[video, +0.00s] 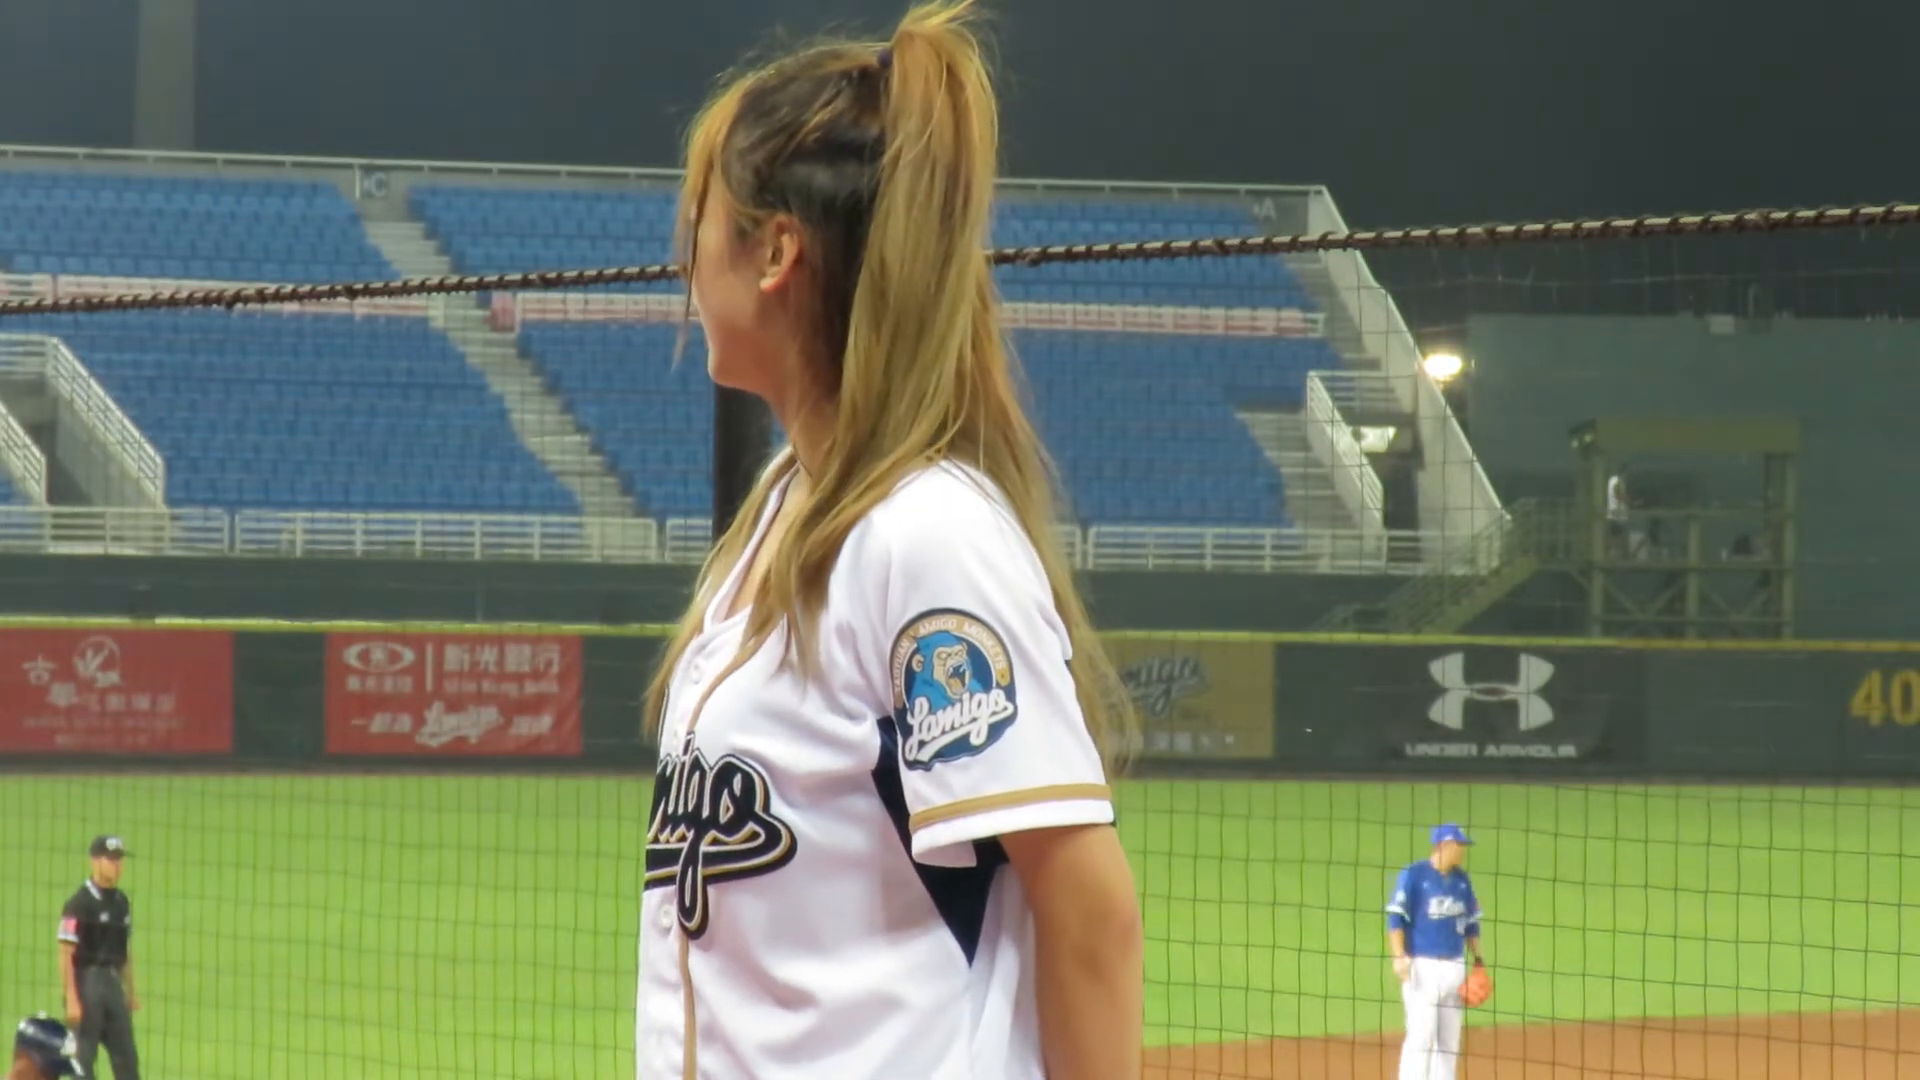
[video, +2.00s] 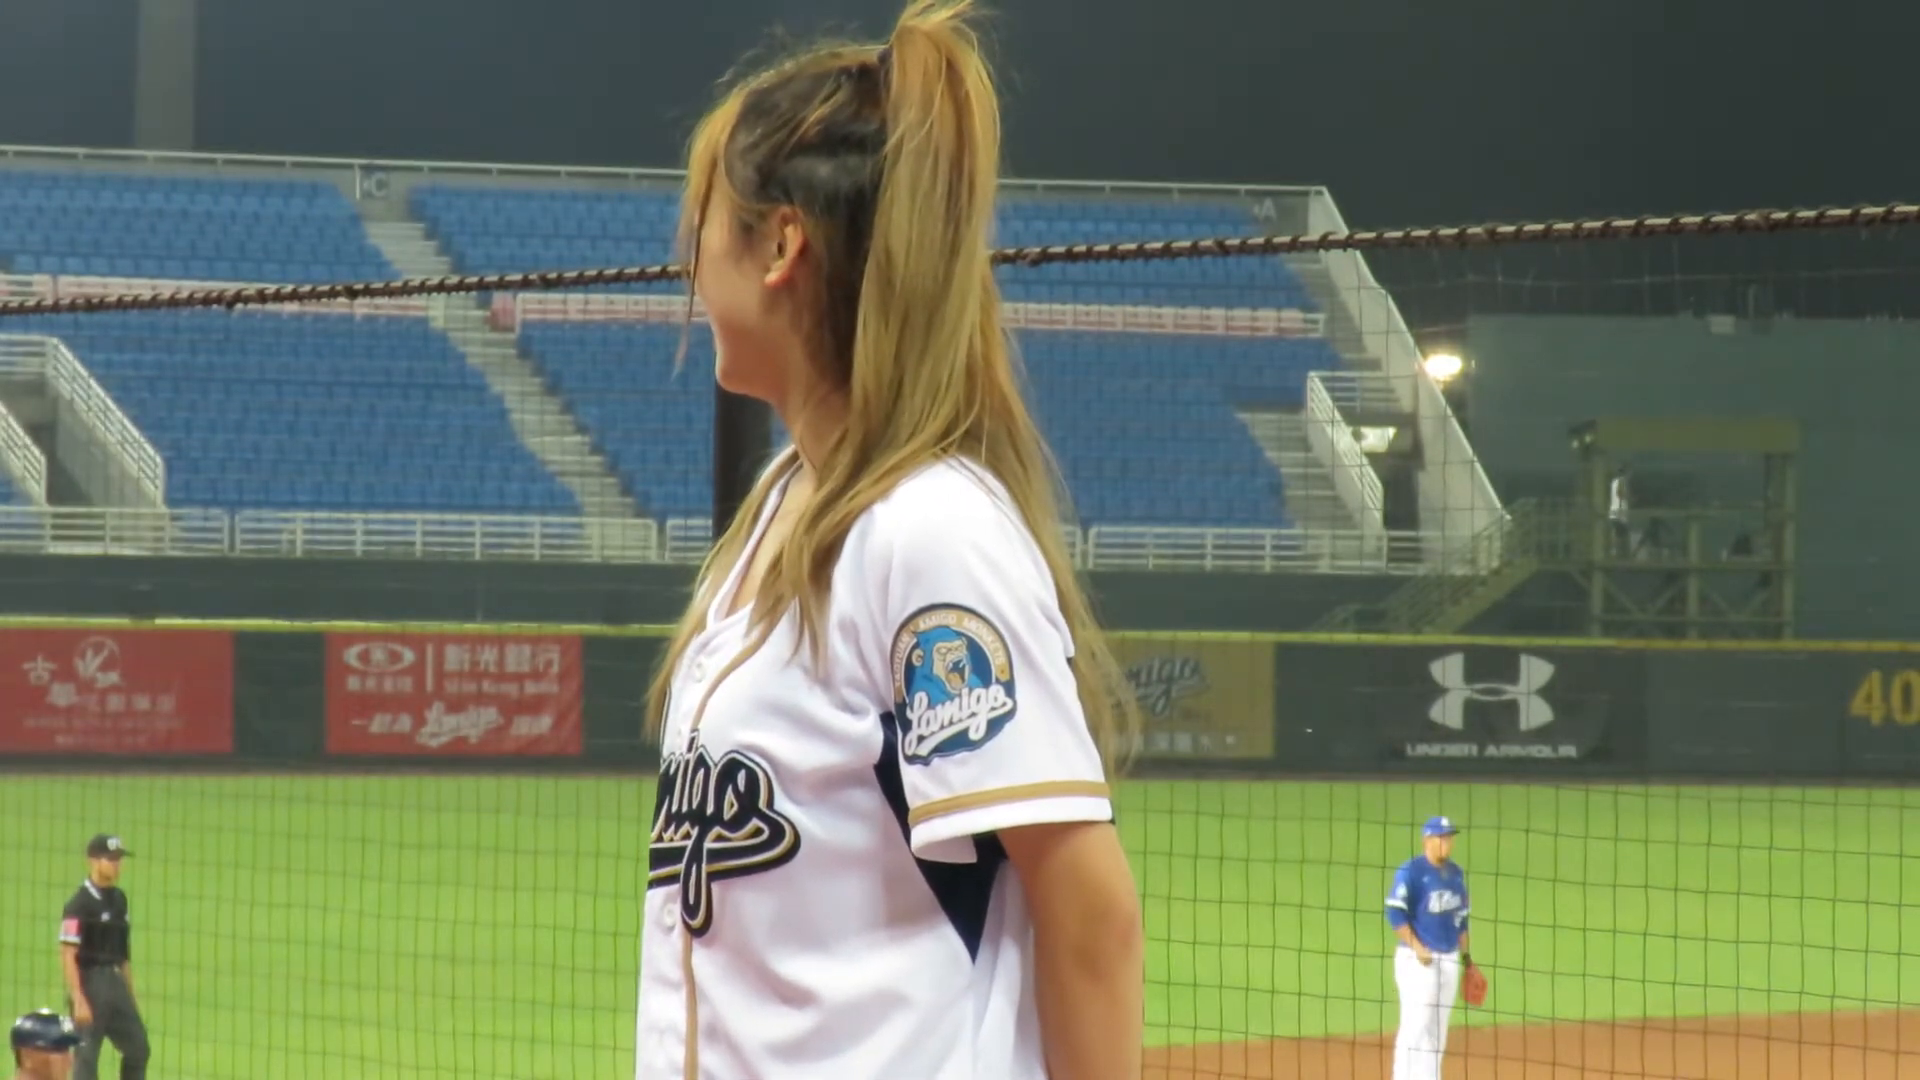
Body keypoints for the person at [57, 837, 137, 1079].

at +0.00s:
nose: (116, 865)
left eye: (119, 859)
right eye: (110, 859)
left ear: (122, 862)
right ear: (95, 860)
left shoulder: (121, 901)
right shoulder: (78, 903)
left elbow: (123, 952)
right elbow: (66, 954)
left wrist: (129, 990)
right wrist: (72, 1000)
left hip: (114, 973)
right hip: (87, 973)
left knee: (125, 1054)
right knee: (84, 1053)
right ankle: (81, 1074)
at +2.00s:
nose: (117, 865)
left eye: (118, 859)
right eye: (111, 859)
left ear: (119, 861)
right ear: (94, 860)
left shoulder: (118, 898)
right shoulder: (79, 903)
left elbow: (122, 955)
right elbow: (68, 955)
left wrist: (129, 995)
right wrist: (78, 1000)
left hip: (114, 975)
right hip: (89, 975)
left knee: (138, 1049)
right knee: (86, 1055)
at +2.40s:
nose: (129, 861)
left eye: (130, 855)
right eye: (124, 855)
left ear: (125, 857)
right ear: (106, 856)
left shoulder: (125, 895)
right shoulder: (92, 898)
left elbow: (129, 946)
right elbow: (83, 951)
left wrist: (140, 982)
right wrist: (102, 990)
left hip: (125, 970)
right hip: (103, 970)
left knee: (123, 1046)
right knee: (100, 1049)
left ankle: (118, 1075)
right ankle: (97, 1075)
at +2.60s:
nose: (134, 860)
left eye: (134, 854)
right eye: (129, 854)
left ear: (124, 857)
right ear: (113, 856)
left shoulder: (125, 893)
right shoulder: (100, 896)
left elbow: (129, 946)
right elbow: (90, 948)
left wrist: (142, 984)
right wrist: (113, 989)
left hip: (127, 970)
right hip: (109, 971)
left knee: (123, 1047)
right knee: (106, 1049)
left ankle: (117, 1074)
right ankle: (100, 1074)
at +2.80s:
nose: (139, 862)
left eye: (140, 856)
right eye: (135, 855)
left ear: (131, 857)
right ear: (119, 857)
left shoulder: (126, 893)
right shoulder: (107, 896)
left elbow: (123, 941)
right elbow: (97, 946)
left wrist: (133, 976)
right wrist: (118, 985)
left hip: (129, 967)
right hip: (114, 969)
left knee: (123, 1046)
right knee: (109, 1046)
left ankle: (117, 1074)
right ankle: (100, 1074)